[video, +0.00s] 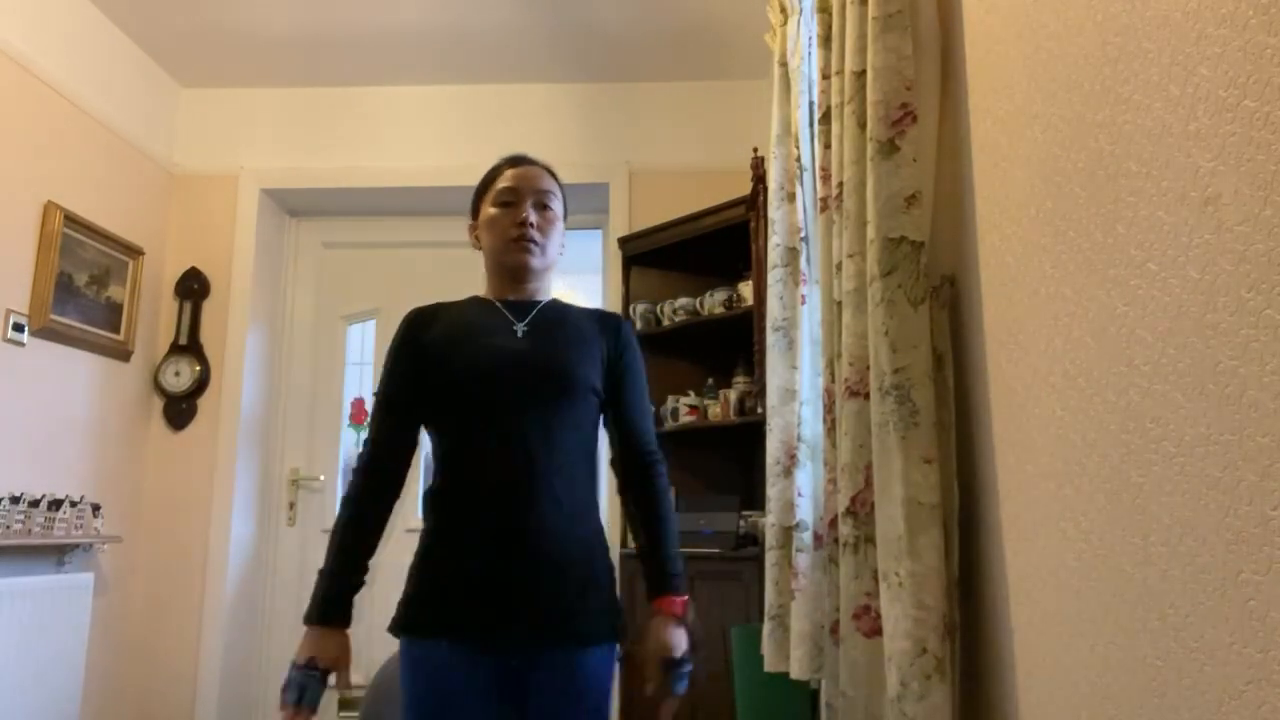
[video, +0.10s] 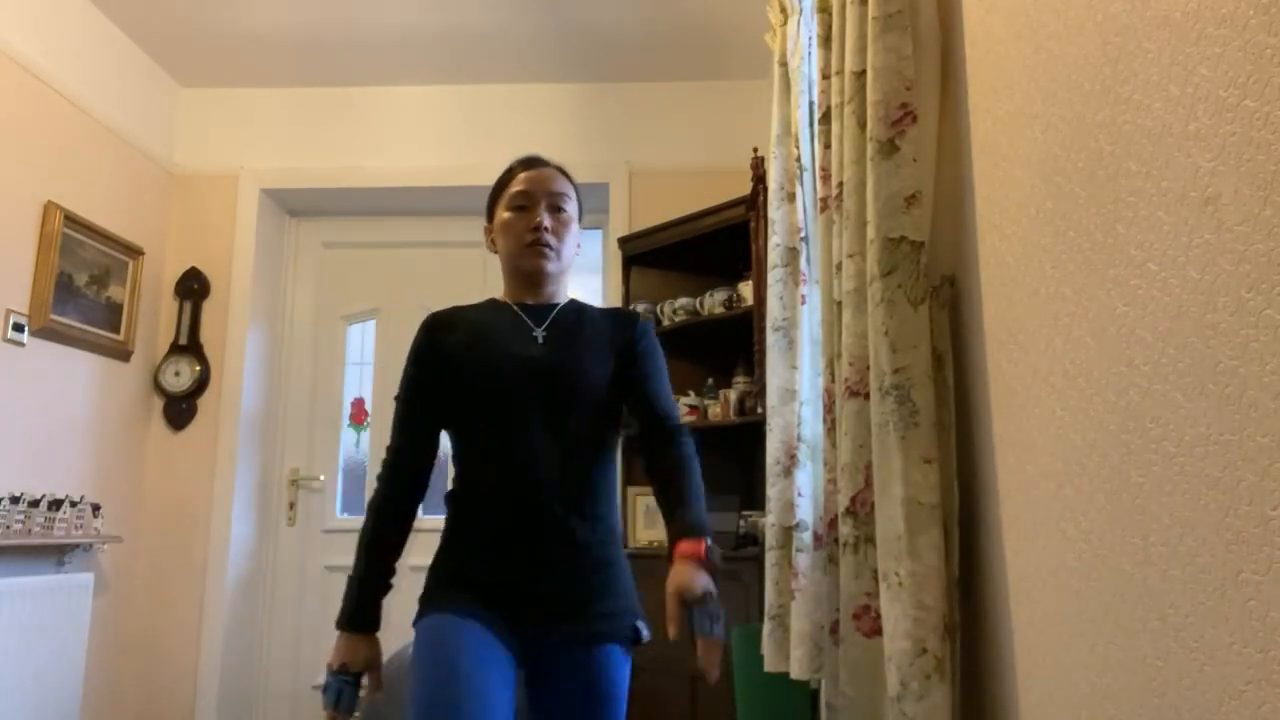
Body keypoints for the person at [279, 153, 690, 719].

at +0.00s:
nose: (528, 215)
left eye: (544, 204)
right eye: (507, 202)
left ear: (562, 233)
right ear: (475, 229)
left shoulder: (606, 335)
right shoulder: (427, 331)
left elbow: (643, 469)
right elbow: (379, 475)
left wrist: (669, 601)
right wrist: (327, 615)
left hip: (572, 622)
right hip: (449, 620)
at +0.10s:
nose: (541, 219)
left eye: (558, 208)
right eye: (521, 205)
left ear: (579, 239)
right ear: (491, 235)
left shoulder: (624, 334)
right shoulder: (446, 335)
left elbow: (667, 439)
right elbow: (402, 482)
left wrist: (690, 551)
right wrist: (358, 621)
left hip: (588, 597)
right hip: (470, 597)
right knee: (458, 708)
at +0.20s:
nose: (549, 218)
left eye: (567, 206)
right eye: (530, 205)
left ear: (589, 234)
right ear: (500, 233)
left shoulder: (632, 324)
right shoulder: (459, 334)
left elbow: (670, 390)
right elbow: (424, 479)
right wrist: (385, 619)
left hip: (591, 566)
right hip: (484, 553)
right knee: (467, 643)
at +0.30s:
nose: (552, 221)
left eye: (570, 208)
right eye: (532, 207)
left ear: (595, 235)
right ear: (505, 234)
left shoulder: (634, 316)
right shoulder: (465, 337)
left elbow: (660, 360)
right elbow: (437, 480)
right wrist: (404, 621)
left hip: (592, 597)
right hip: (486, 594)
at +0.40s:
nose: (545, 251)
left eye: (563, 235)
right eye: (534, 235)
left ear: (590, 251)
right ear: (507, 244)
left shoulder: (635, 327)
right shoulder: (465, 342)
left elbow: (627, 320)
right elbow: (438, 482)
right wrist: (412, 627)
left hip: (593, 599)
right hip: (482, 600)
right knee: (499, 489)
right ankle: (522, 382)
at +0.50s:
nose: (546, 220)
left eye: (563, 206)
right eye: (530, 206)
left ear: (593, 228)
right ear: (505, 222)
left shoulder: (631, 323)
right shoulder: (465, 340)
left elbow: (632, 325)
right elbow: (438, 487)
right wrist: (414, 630)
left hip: (593, 598)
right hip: (484, 600)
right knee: (497, 501)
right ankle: (507, 392)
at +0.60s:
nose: (554, 222)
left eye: (574, 208)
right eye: (534, 205)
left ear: (596, 232)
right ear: (507, 229)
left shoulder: (620, 325)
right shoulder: (467, 332)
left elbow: (652, 341)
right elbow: (440, 475)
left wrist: (642, 304)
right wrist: (414, 585)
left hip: (596, 567)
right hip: (500, 548)